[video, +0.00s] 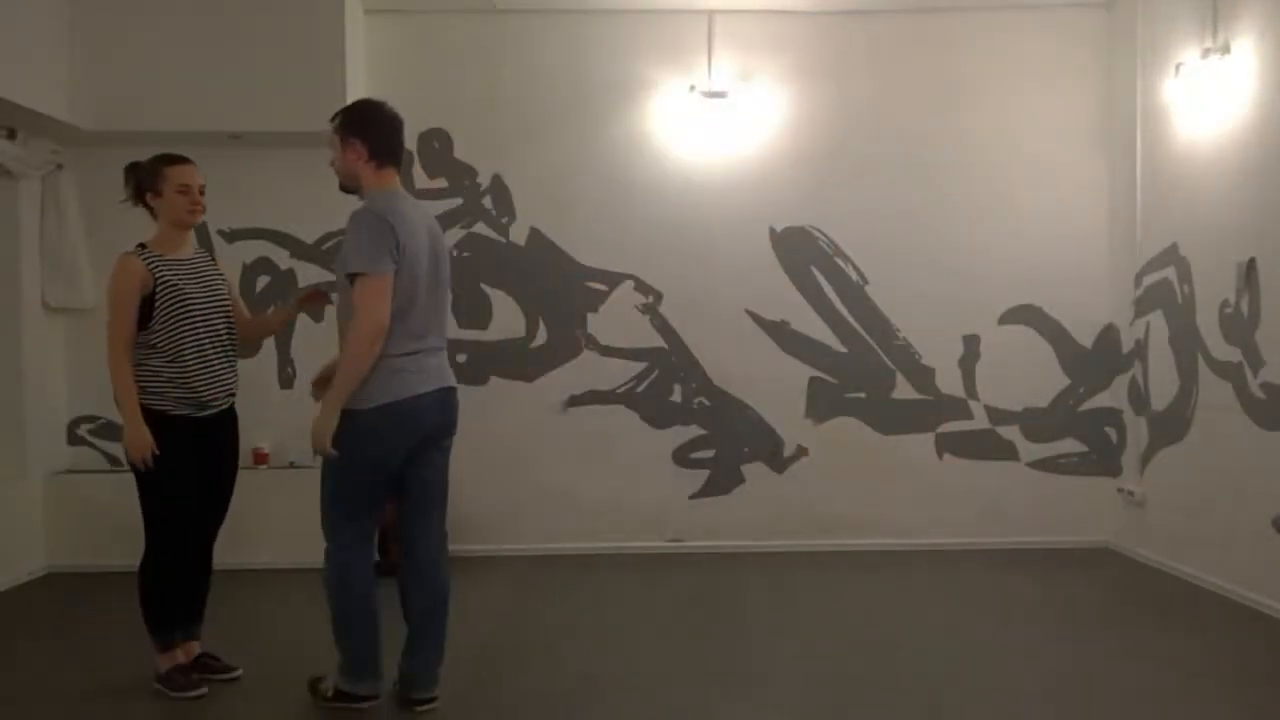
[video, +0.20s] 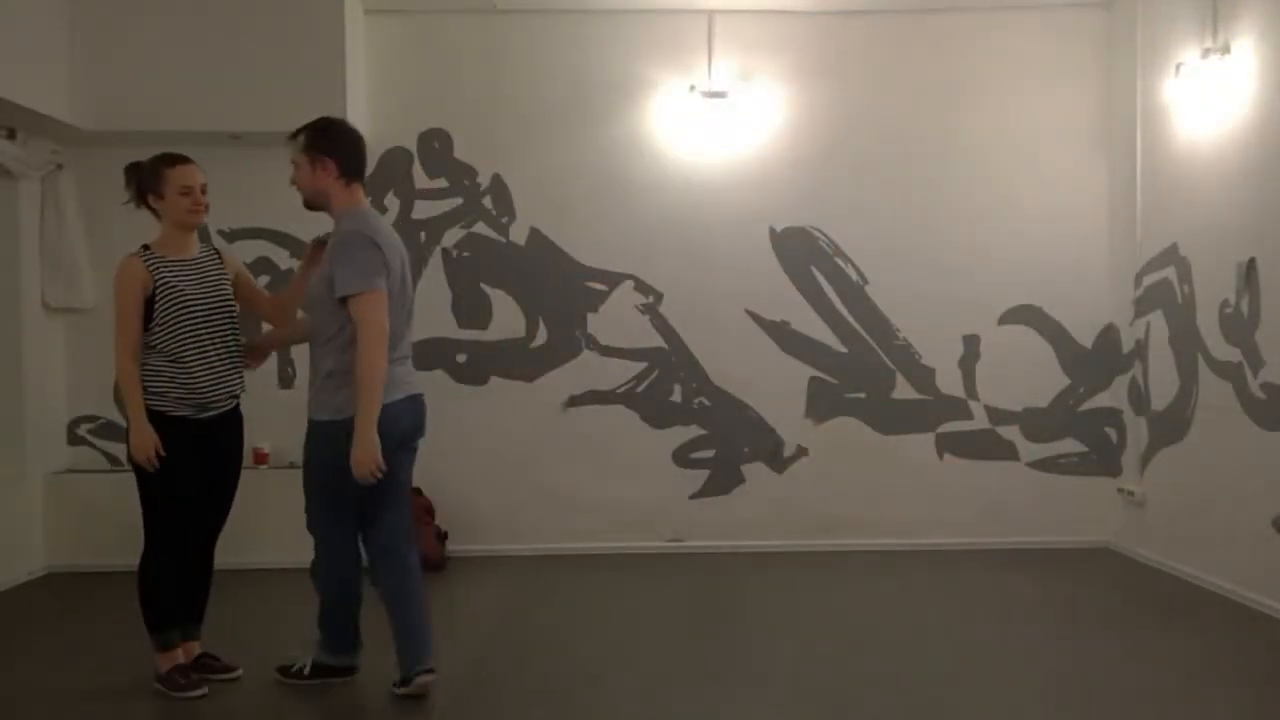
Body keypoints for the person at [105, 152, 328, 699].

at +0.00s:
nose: (197, 199)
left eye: (201, 191)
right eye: (185, 191)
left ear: (203, 199)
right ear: (154, 199)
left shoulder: (208, 266)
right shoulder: (136, 266)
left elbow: (247, 337)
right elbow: (119, 350)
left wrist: (295, 306)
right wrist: (132, 422)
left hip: (217, 422)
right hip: (165, 426)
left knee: (200, 539)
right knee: (167, 542)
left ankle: (189, 650)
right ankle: (167, 660)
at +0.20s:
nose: (199, 200)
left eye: (203, 191)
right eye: (186, 192)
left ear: (207, 196)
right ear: (155, 201)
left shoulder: (219, 261)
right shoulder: (139, 267)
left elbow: (276, 312)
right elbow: (127, 354)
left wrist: (306, 272)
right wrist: (138, 421)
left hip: (222, 422)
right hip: (167, 425)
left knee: (202, 539)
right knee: (167, 541)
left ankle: (190, 650)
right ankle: (167, 660)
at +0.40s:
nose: (202, 201)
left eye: (204, 190)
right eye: (188, 194)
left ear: (209, 194)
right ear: (157, 205)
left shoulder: (227, 260)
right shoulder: (142, 268)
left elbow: (285, 299)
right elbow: (130, 355)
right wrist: (141, 423)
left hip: (223, 423)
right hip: (165, 426)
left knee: (204, 538)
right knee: (165, 540)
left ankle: (192, 648)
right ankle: (168, 658)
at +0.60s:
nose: (204, 200)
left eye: (208, 190)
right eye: (190, 194)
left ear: (215, 194)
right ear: (161, 203)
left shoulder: (225, 258)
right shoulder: (145, 267)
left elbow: (271, 304)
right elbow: (130, 354)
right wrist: (136, 425)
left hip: (222, 423)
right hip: (166, 427)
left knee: (203, 540)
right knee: (167, 541)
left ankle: (191, 647)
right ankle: (168, 659)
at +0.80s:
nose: (208, 199)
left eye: (212, 190)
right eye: (195, 192)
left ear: (218, 195)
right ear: (165, 201)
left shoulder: (222, 261)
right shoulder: (148, 265)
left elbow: (253, 317)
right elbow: (130, 351)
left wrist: (309, 296)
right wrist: (139, 422)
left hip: (219, 424)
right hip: (167, 427)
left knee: (202, 541)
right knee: (169, 542)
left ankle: (191, 648)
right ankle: (169, 659)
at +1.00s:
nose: (215, 200)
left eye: (217, 191)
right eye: (203, 192)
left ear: (217, 198)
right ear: (170, 200)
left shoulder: (210, 261)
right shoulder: (155, 262)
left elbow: (215, 330)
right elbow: (125, 343)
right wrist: (149, 417)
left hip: (214, 421)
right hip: (168, 425)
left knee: (206, 538)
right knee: (177, 541)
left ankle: (190, 650)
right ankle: (168, 660)